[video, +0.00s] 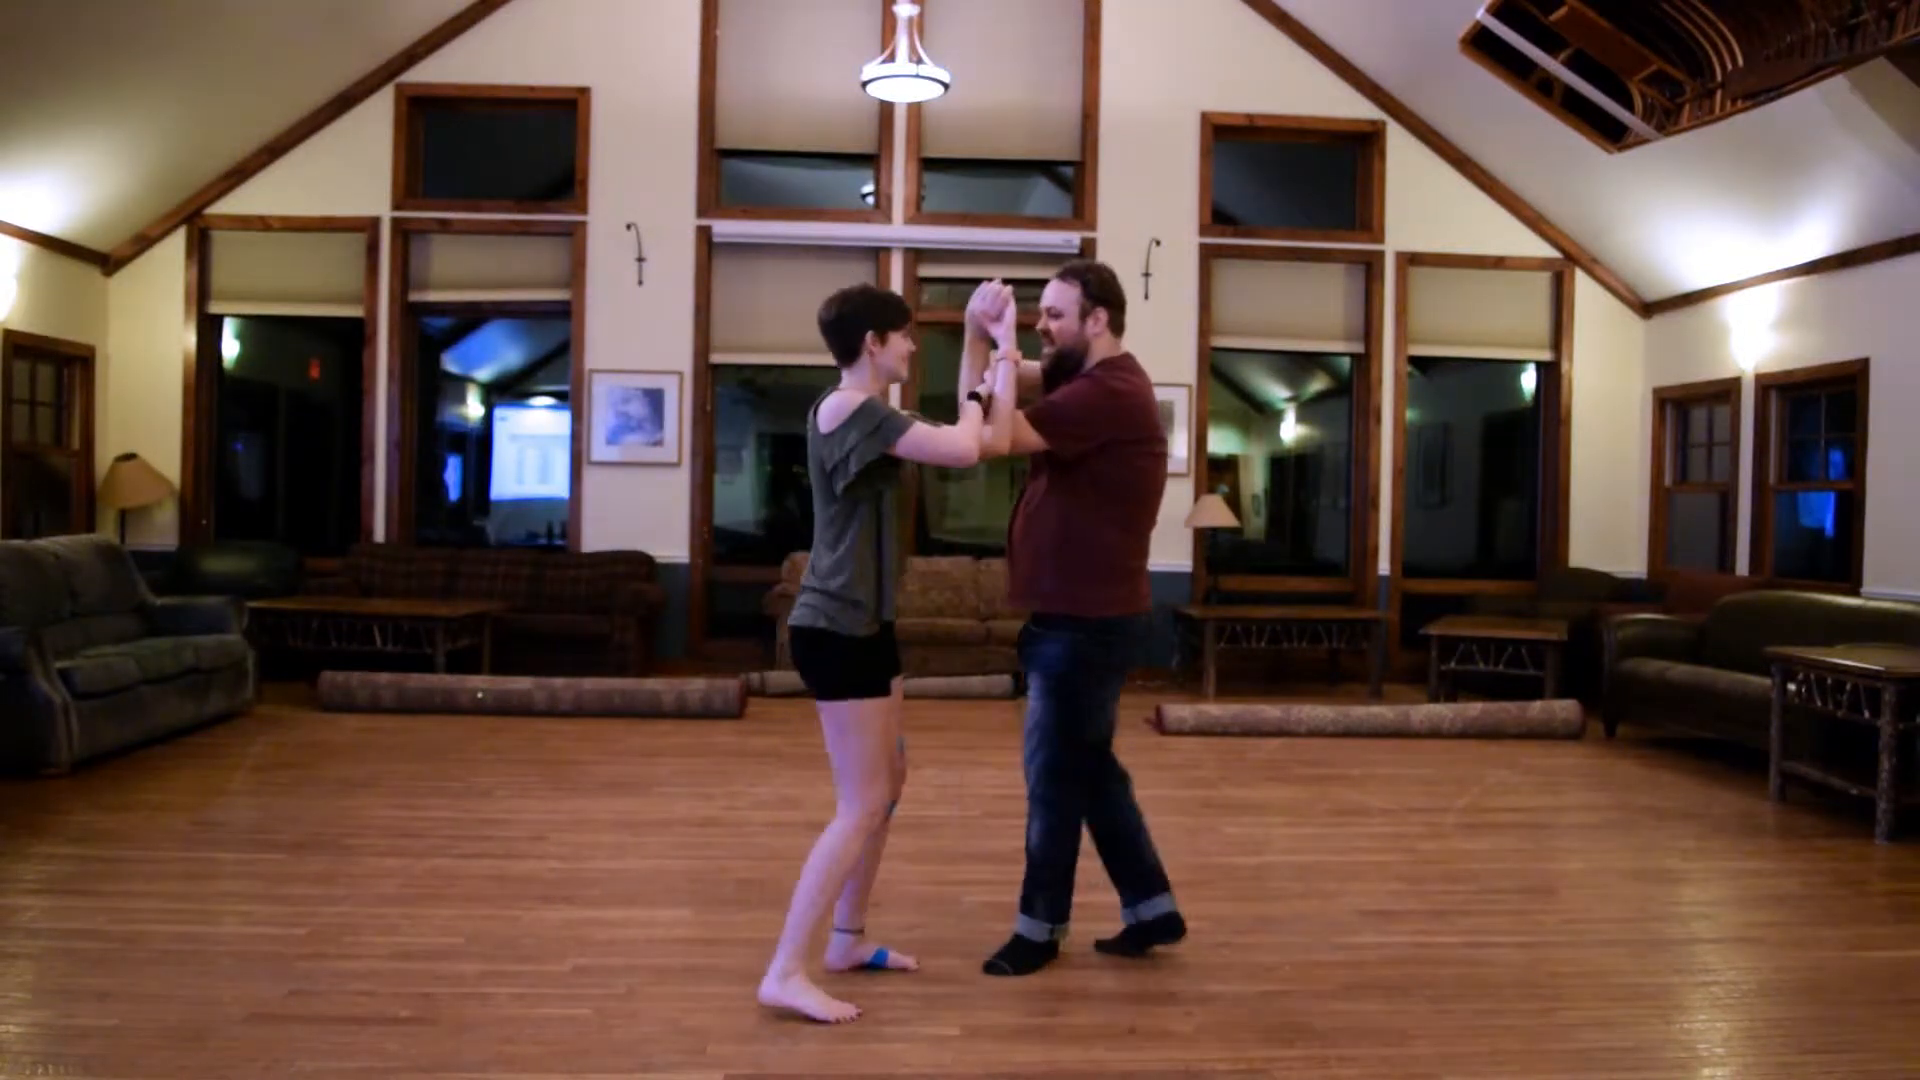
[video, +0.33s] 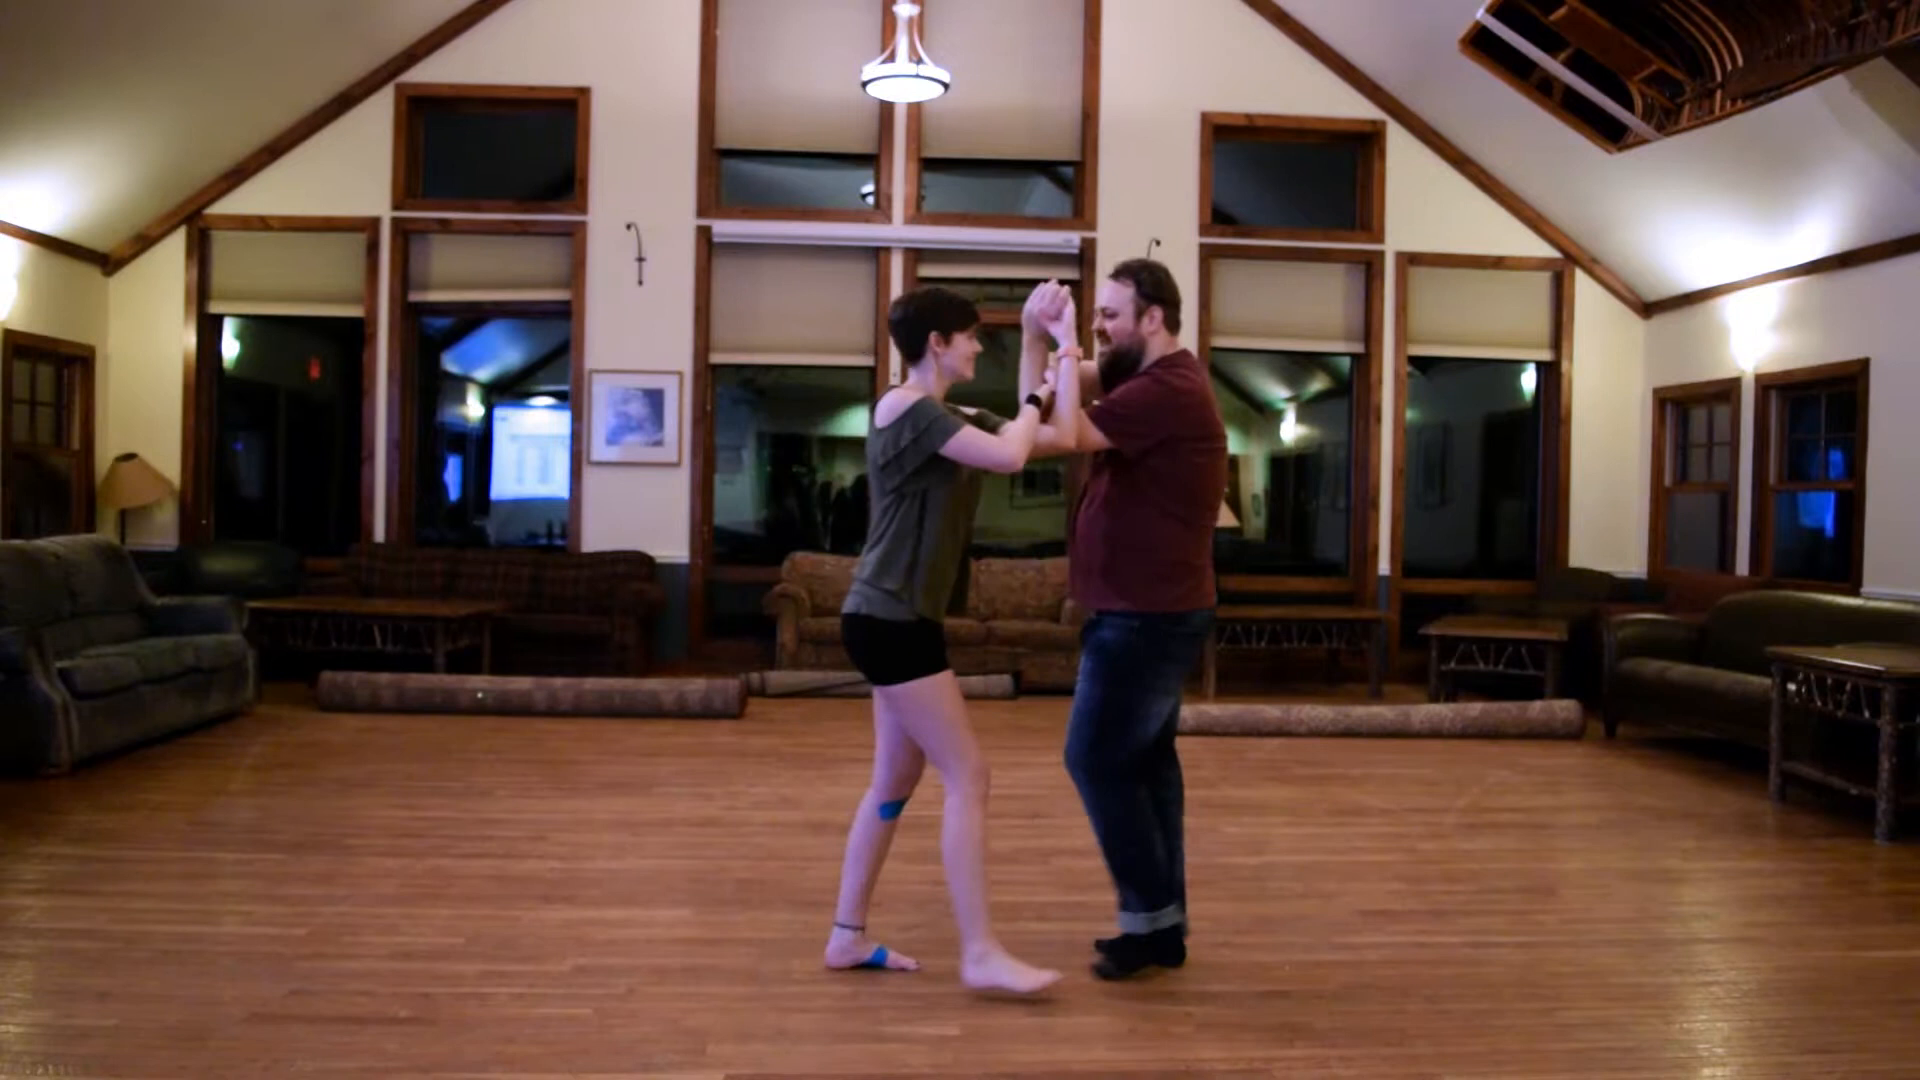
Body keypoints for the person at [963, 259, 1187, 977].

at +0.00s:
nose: (1044, 327)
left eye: (1056, 315)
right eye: (1044, 316)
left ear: (1097, 318)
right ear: (1082, 319)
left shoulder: (1111, 389)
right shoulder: (1080, 373)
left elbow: (1001, 434)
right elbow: (983, 401)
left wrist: (1002, 353)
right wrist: (984, 335)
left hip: (1085, 618)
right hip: (1068, 613)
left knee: (1051, 775)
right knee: (1089, 765)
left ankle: (1040, 927)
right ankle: (1153, 910)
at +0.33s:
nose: (1101, 328)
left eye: (1111, 315)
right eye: (1100, 315)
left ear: (1154, 318)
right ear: (1150, 321)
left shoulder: (1167, 388)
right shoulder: (1154, 381)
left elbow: (1061, 430)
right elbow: (1059, 419)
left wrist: (1054, 344)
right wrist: (1051, 343)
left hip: (1143, 614)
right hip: (1153, 610)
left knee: (1093, 755)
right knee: (1149, 760)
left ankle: (1150, 922)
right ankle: (1161, 921)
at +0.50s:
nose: (1132, 330)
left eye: (1142, 317)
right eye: (1131, 317)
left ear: (1183, 318)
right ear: (1170, 320)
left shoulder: (1205, 387)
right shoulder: (1164, 376)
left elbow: (1105, 438)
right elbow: (1076, 418)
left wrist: (1103, 362)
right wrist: (1079, 342)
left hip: (1183, 615)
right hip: (1148, 611)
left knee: (1159, 774)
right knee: (1151, 773)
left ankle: (1247, 907)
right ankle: (1160, 926)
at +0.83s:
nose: (1197, 333)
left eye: (1209, 319)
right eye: (1194, 320)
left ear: (1251, 319)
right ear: (1231, 320)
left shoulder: (1277, 385)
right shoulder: (1229, 378)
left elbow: (1178, 440)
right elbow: (1147, 426)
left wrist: (1168, 358)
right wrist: (1149, 347)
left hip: (1259, 619)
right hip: (1211, 615)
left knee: (1248, 772)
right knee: (1186, 749)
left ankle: (1264, 929)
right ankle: (1241, 896)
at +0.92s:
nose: (1219, 331)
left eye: (1232, 317)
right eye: (1215, 319)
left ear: (1276, 318)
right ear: (1225, 323)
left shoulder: (1296, 385)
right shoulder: (1247, 382)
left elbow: (1196, 440)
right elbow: (1167, 426)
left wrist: (1191, 362)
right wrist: (1168, 346)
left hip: (1275, 613)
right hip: (1231, 609)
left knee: (1258, 773)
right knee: (1217, 757)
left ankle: (1260, 932)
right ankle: (1307, 878)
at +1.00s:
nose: (1239, 332)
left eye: (1253, 318)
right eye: (1234, 320)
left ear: (1296, 322)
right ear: (1239, 327)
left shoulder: (1312, 389)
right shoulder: (1269, 383)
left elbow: (1219, 439)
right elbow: (1185, 427)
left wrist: (1217, 359)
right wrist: (1182, 345)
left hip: (1288, 613)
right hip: (1253, 610)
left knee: (1263, 772)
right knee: (1269, 765)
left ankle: (1263, 932)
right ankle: (1361, 887)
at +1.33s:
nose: (1299, 347)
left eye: (1312, 333)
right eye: (1295, 334)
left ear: (1356, 332)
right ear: (1304, 336)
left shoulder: (1373, 399)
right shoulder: (1342, 395)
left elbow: (1282, 450)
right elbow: (1254, 433)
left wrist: (1283, 370)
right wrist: (1245, 349)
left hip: (1355, 622)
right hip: (1356, 618)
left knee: (1306, 771)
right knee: (1379, 771)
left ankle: (1274, 930)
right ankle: (1411, 925)